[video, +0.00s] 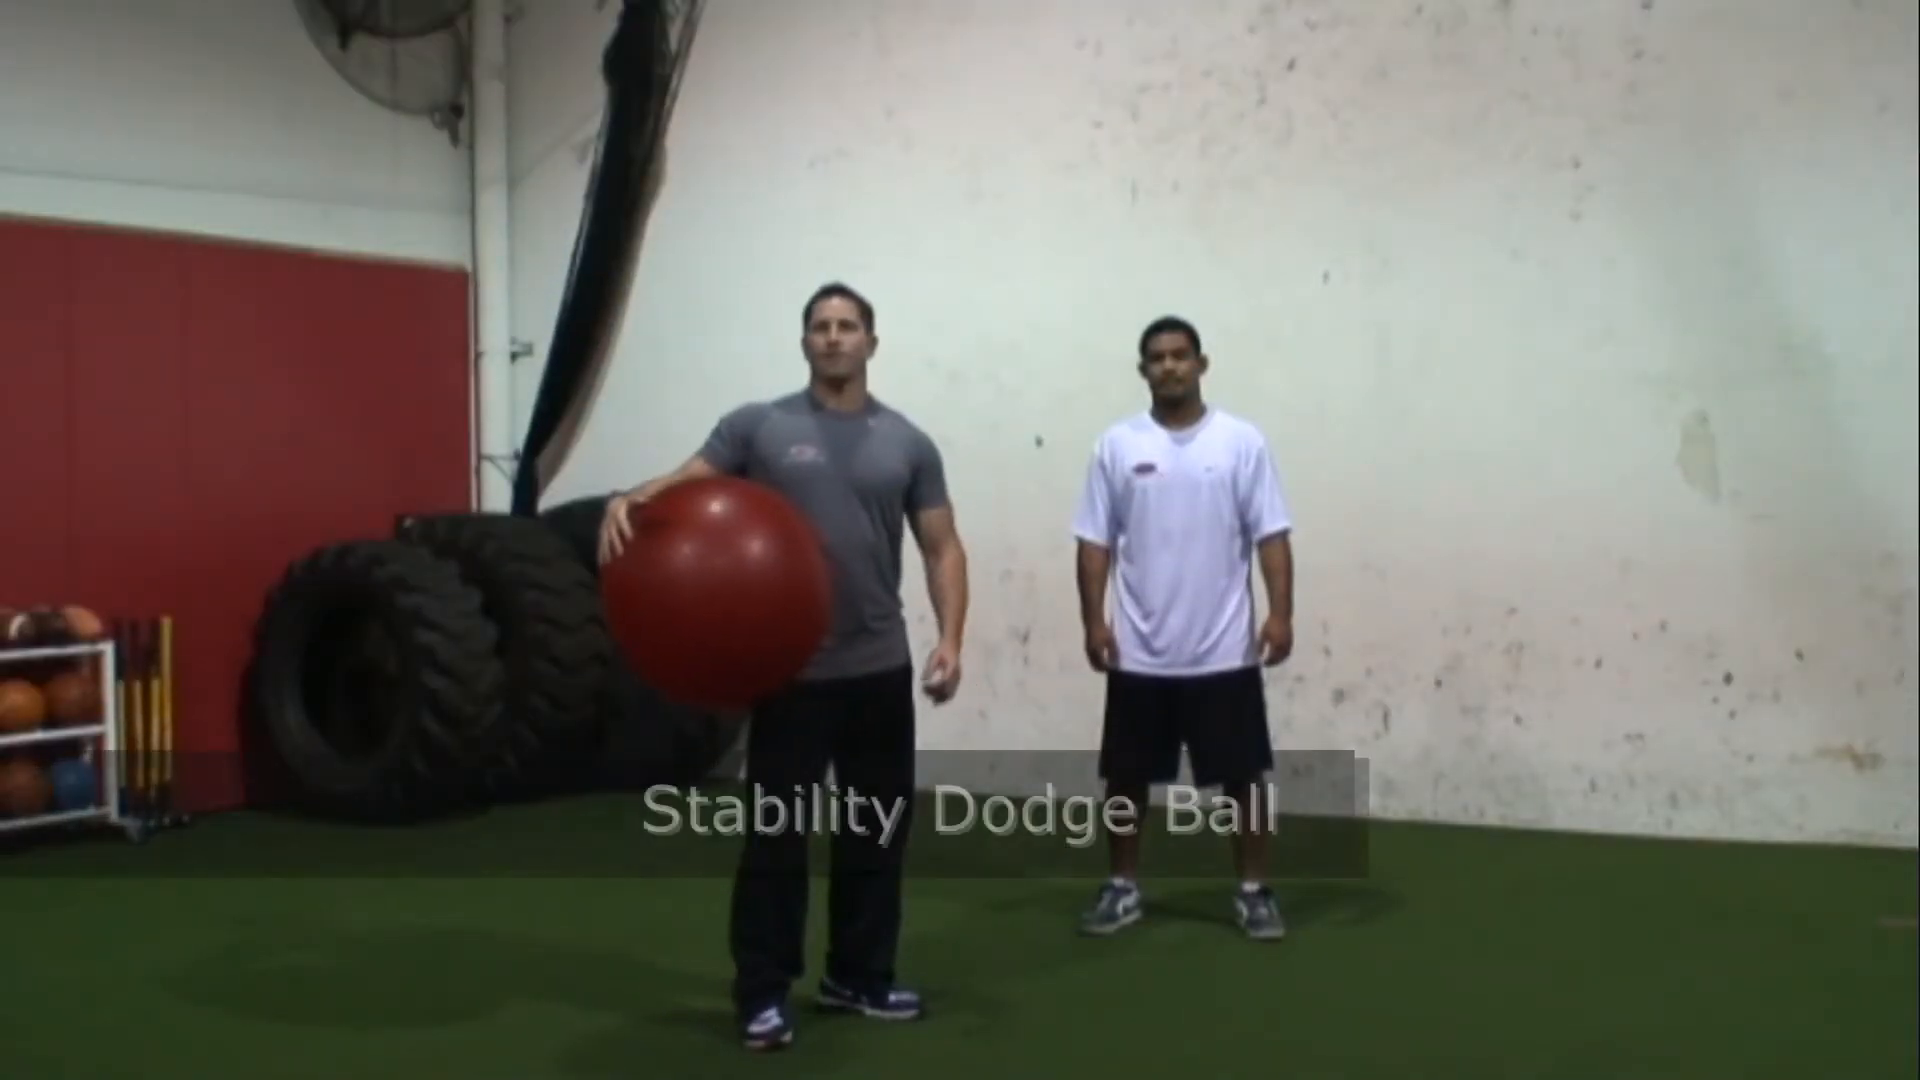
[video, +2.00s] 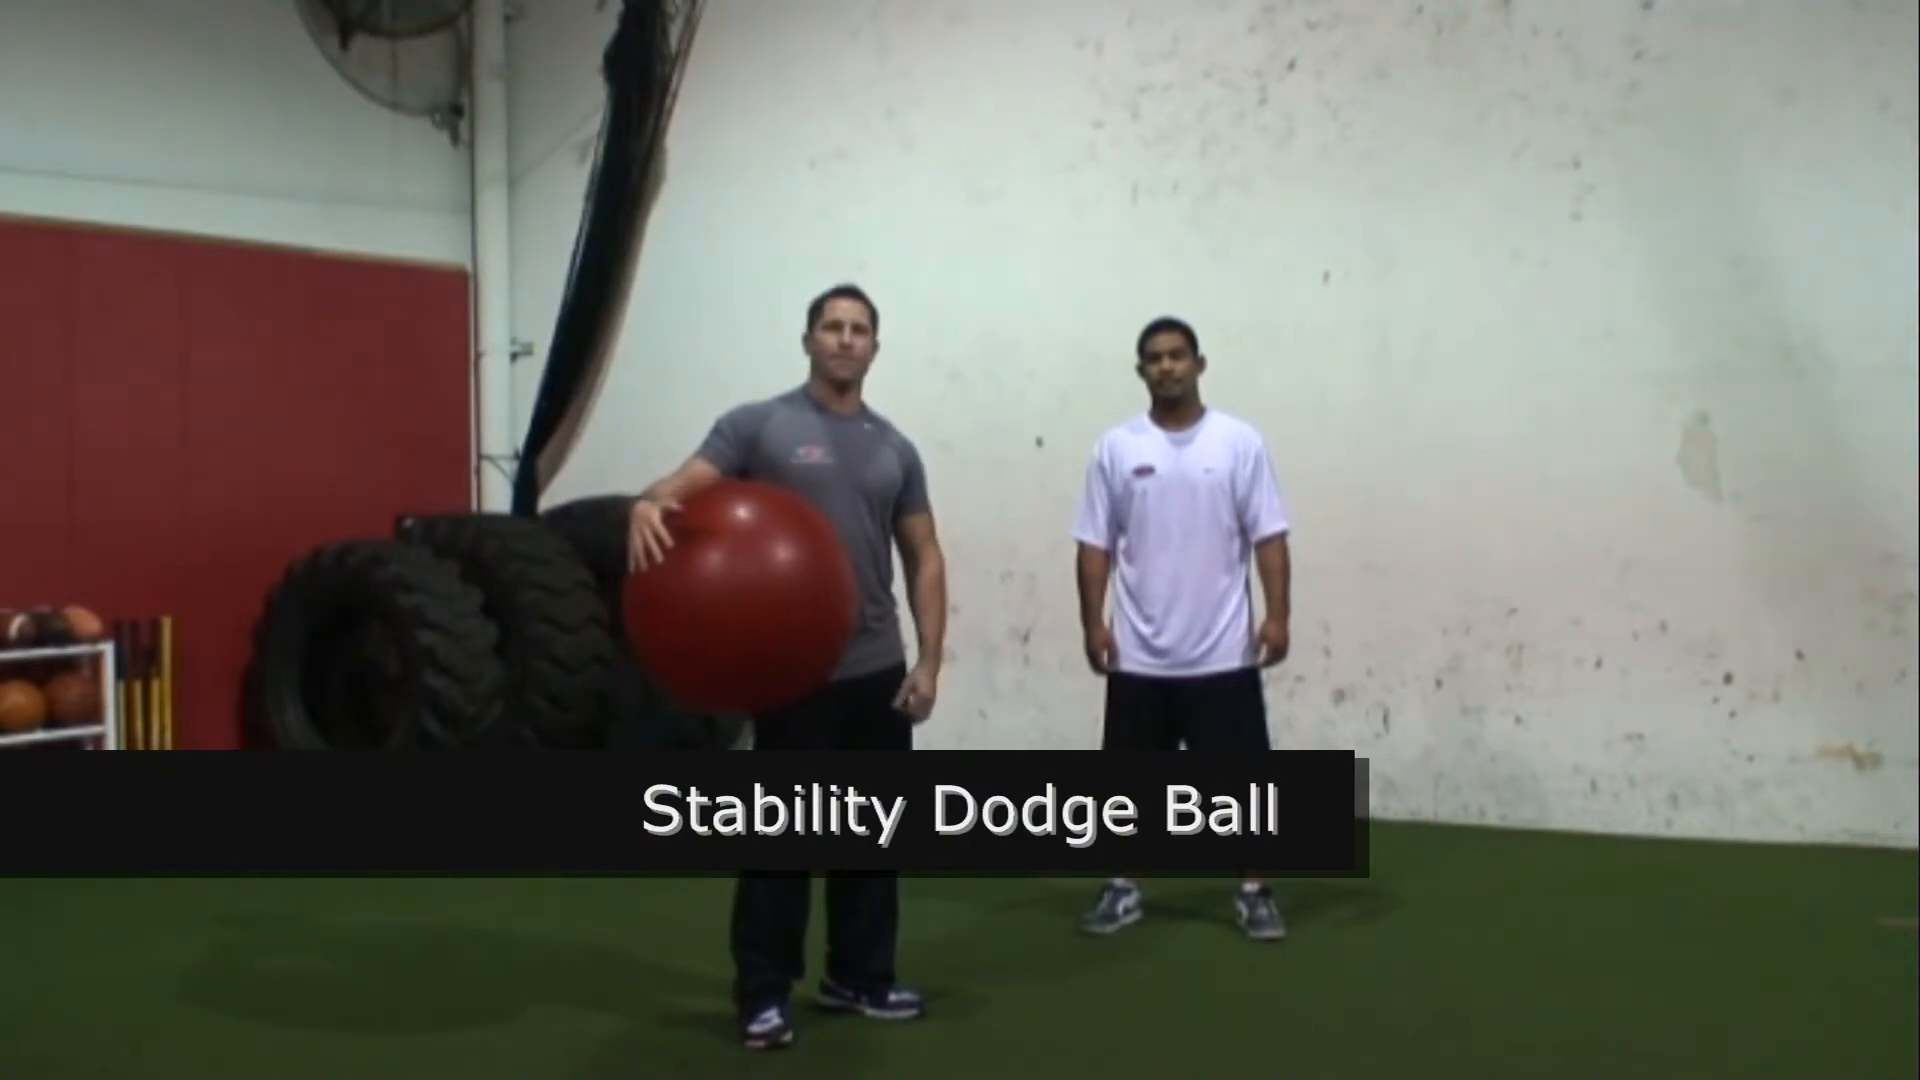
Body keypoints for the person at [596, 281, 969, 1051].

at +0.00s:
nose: (833, 337)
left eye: (847, 326)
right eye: (821, 327)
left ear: (872, 341)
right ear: (804, 343)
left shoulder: (907, 443)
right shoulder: (757, 427)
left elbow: (942, 545)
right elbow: (683, 486)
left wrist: (950, 638)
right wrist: (625, 503)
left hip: (879, 665)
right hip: (787, 668)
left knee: (876, 831)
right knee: (776, 832)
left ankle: (860, 976)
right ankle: (765, 994)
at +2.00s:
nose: (847, 339)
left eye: (859, 329)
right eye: (833, 327)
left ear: (875, 347)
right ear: (808, 341)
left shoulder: (894, 450)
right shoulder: (757, 425)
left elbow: (924, 556)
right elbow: (686, 484)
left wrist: (931, 659)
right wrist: (646, 504)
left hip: (875, 669)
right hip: (788, 671)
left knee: (873, 832)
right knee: (781, 834)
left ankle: (859, 976)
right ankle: (765, 994)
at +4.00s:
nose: (848, 339)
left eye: (861, 329)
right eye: (836, 327)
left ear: (878, 344)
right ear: (811, 338)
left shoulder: (897, 449)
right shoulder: (761, 423)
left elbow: (919, 556)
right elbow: (690, 478)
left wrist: (951, 647)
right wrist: (656, 495)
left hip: (877, 670)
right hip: (790, 672)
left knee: (874, 827)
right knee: (781, 833)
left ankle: (860, 974)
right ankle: (764, 993)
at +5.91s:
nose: (847, 339)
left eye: (859, 329)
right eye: (833, 327)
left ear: (874, 345)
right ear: (806, 339)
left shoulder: (892, 446)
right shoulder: (759, 423)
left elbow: (917, 549)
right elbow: (686, 488)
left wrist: (895, 611)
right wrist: (663, 512)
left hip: (875, 667)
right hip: (792, 666)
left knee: (874, 824)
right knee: (783, 831)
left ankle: (859, 975)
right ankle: (764, 993)